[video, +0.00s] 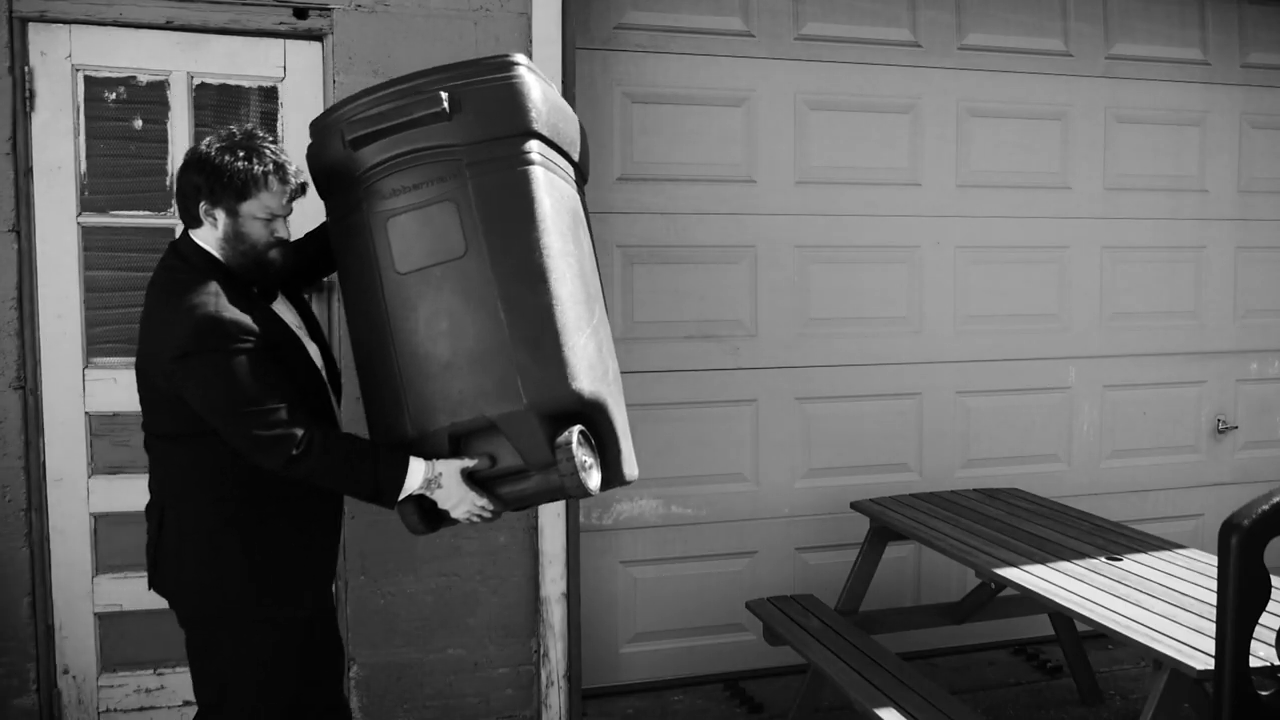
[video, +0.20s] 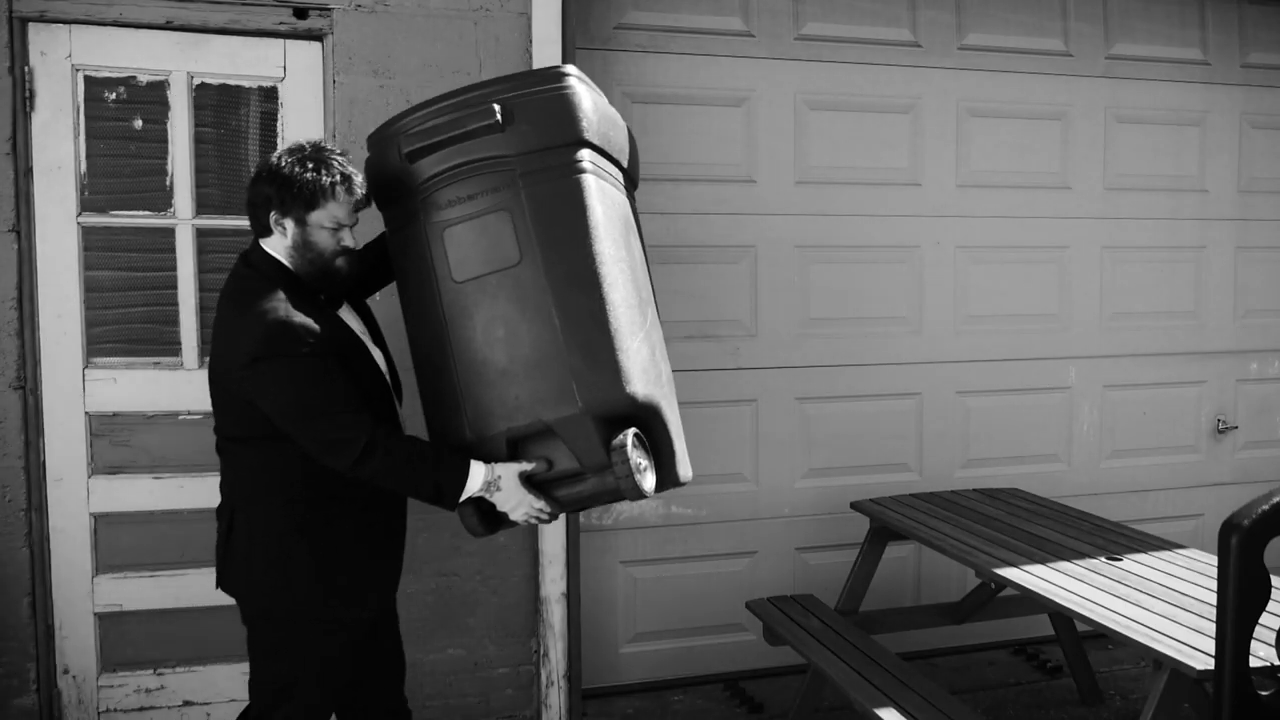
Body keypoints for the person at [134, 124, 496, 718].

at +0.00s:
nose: (284, 232)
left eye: (286, 216)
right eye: (269, 220)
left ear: (214, 216)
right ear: (212, 215)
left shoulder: (236, 268)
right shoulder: (203, 314)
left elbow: (311, 255)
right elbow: (288, 445)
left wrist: (390, 198)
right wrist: (422, 476)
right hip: (243, 573)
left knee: (314, 701)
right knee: (259, 706)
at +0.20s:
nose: (351, 241)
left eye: (353, 225)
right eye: (336, 228)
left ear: (283, 225)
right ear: (282, 224)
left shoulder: (305, 278)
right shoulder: (271, 322)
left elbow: (373, 264)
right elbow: (357, 446)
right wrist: (482, 480)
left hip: (348, 558)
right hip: (304, 575)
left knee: (375, 702)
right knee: (297, 706)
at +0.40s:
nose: (412, 240)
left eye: (415, 225)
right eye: (398, 226)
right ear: (348, 220)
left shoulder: (372, 279)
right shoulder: (334, 314)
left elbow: (427, 278)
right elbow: (412, 437)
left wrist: (494, 223)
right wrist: (530, 476)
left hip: (412, 535)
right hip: (373, 550)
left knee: (419, 692)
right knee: (394, 696)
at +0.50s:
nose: (436, 236)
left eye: (438, 221)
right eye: (422, 222)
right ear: (372, 216)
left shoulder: (401, 278)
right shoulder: (356, 309)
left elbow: (461, 272)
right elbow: (430, 431)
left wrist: (520, 220)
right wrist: (546, 472)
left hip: (437, 524)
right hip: (396, 538)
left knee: (438, 681)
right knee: (431, 685)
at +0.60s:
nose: (457, 233)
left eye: (459, 219)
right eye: (443, 220)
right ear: (393, 215)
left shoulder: (419, 274)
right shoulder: (378, 307)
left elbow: (475, 277)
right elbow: (451, 428)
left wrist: (535, 227)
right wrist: (562, 468)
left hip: (452, 527)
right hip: (416, 540)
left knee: (440, 680)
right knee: (465, 680)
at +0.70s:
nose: (476, 235)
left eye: (479, 220)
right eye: (461, 222)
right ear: (412, 216)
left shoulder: (442, 276)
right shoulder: (397, 305)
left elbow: (497, 277)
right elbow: (464, 429)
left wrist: (558, 223)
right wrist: (581, 471)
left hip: (470, 536)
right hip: (434, 549)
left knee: (448, 691)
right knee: (478, 691)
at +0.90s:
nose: (512, 247)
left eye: (515, 232)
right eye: (496, 235)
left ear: (523, 217)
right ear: (446, 231)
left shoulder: (485, 283)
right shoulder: (430, 322)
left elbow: (552, 268)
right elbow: (494, 447)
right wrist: (611, 492)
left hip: (516, 538)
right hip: (473, 553)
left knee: (511, 689)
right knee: (491, 697)